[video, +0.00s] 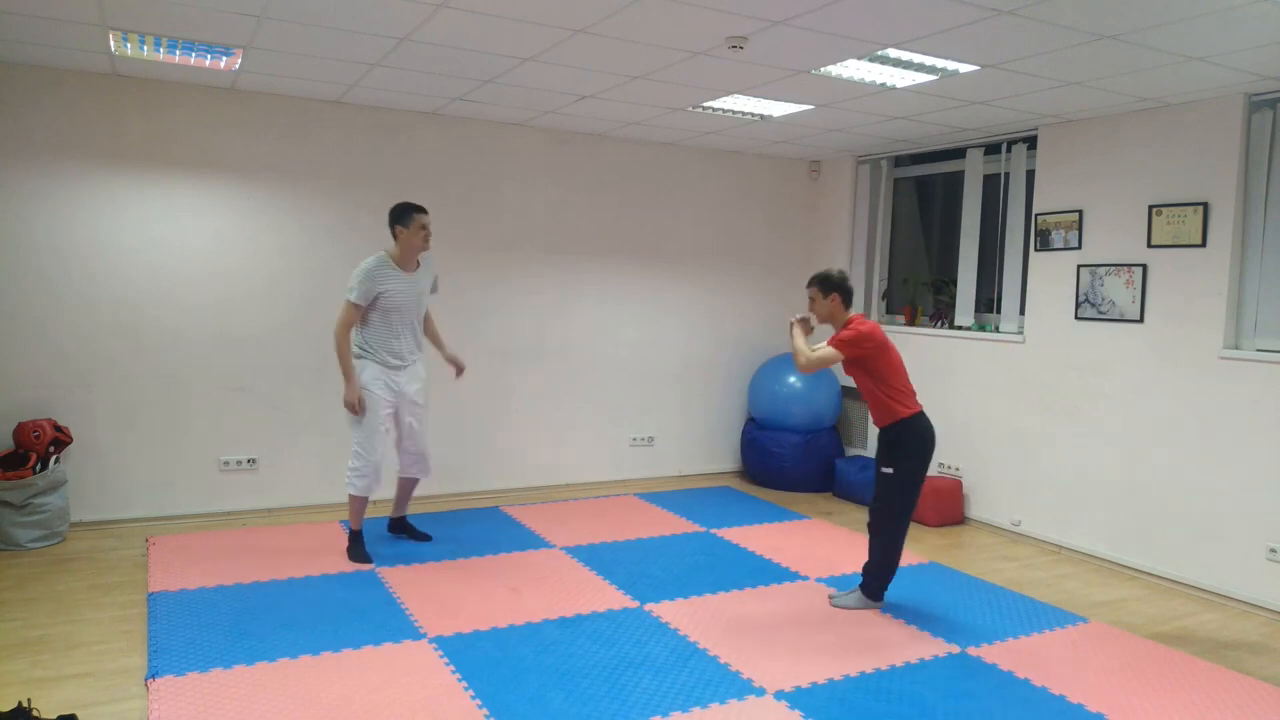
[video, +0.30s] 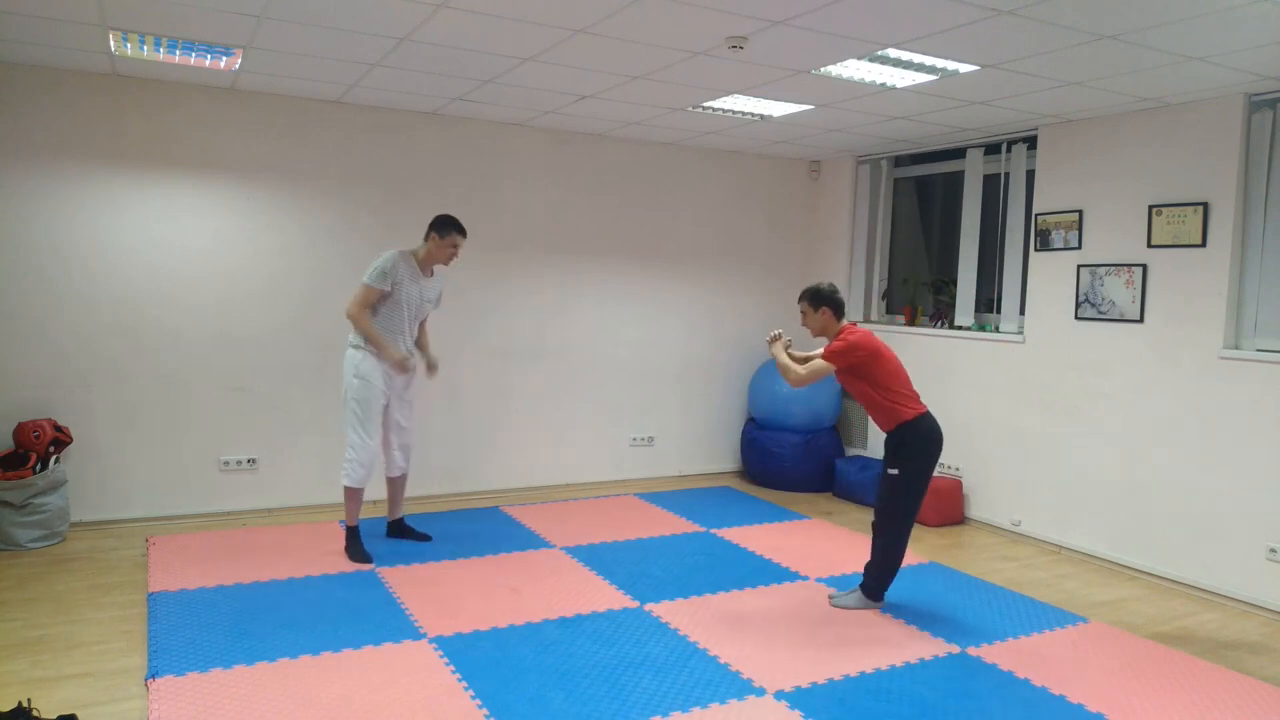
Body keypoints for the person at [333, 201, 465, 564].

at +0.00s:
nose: (429, 236)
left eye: (429, 229)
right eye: (422, 229)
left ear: (422, 234)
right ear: (399, 232)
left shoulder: (425, 269)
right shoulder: (372, 271)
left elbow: (421, 313)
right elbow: (342, 329)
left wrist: (446, 353)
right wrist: (350, 382)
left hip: (411, 372)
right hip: (372, 372)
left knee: (415, 450)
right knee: (369, 454)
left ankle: (398, 519)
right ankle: (355, 535)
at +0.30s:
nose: (456, 255)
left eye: (459, 249)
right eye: (454, 246)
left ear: (447, 246)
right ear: (434, 238)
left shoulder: (434, 282)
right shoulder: (393, 263)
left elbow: (419, 322)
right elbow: (356, 310)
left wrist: (426, 353)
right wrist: (388, 351)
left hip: (402, 366)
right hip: (367, 362)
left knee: (400, 442)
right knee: (364, 446)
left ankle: (396, 521)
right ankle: (352, 534)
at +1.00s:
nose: (410, 230)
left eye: (411, 223)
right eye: (404, 223)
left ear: (405, 228)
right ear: (381, 225)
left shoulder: (410, 268)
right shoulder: (357, 265)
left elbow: (406, 321)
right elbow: (332, 325)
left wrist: (415, 362)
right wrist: (333, 380)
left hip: (405, 368)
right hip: (368, 367)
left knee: (412, 446)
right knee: (363, 449)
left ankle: (398, 520)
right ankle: (352, 536)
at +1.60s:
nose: (422, 228)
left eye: (423, 222)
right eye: (415, 223)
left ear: (418, 227)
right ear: (394, 227)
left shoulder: (427, 268)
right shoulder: (373, 268)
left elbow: (435, 317)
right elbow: (368, 335)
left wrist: (444, 360)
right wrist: (394, 381)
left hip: (417, 371)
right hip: (377, 372)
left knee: (432, 450)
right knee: (360, 454)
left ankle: (441, 534)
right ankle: (350, 537)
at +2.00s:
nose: (469, 243)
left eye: (474, 238)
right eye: (464, 235)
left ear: (477, 238)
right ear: (446, 229)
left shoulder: (468, 277)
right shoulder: (414, 262)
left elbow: (470, 332)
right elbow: (390, 316)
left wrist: (477, 378)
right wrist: (407, 365)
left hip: (447, 369)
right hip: (406, 367)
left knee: (449, 452)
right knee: (396, 455)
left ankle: (443, 535)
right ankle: (367, 528)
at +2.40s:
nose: (485, 249)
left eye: (491, 243)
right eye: (481, 240)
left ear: (495, 243)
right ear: (465, 233)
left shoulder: (489, 281)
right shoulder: (433, 262)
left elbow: (489, 335)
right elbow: (402, 311)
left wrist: (493, 384)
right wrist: (382, 363)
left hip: (460, 371)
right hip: (420, 366)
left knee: (451, 452)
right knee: (423, 452)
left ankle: (443, 534)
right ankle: (428, 544)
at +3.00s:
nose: (479, 240)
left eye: (484, 233)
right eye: (472, 235)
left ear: (490, 230)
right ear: (455, 231)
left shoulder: (499, 268)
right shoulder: (438, 271)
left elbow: (508, 321)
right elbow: (425, 335)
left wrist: (514, 363)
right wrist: (434, 388)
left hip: (492, 375)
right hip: (454, 374)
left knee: (479, 459)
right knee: (448, 460)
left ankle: (447, 528)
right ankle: (455, 550)